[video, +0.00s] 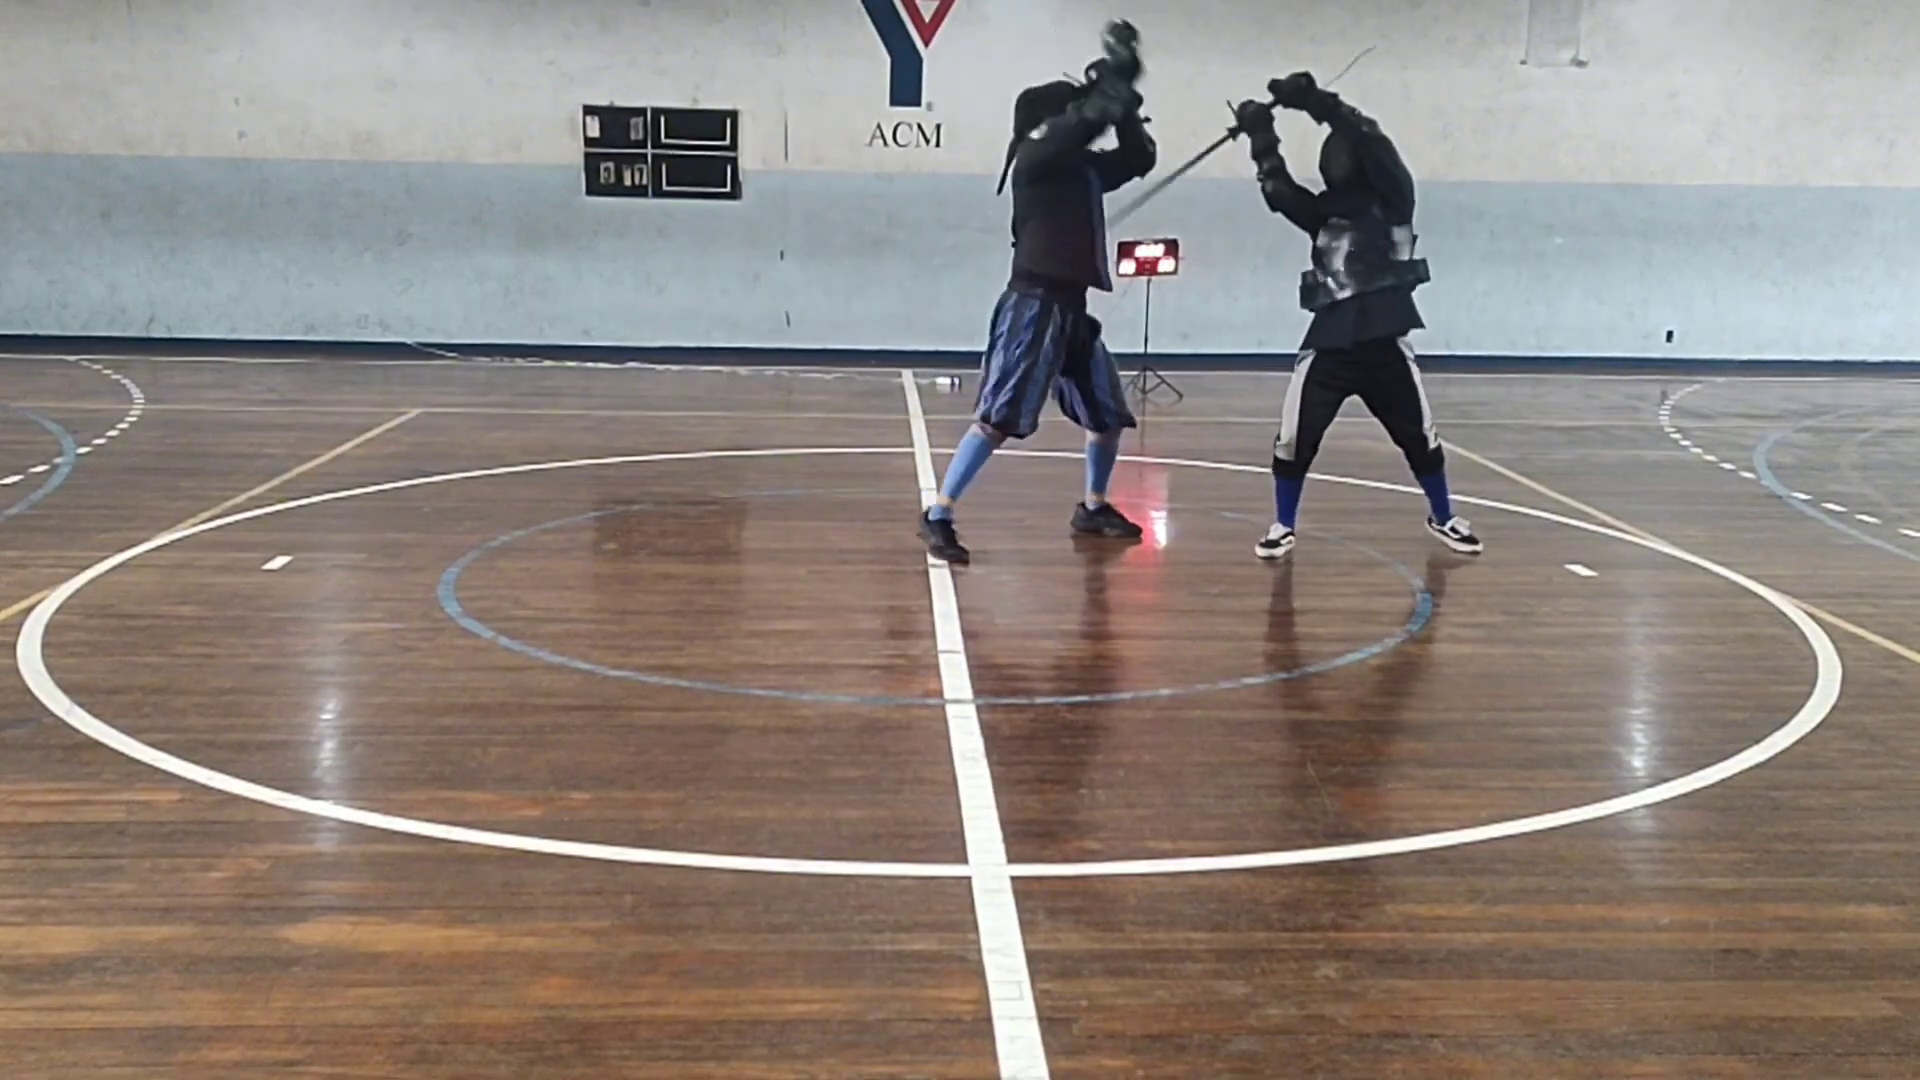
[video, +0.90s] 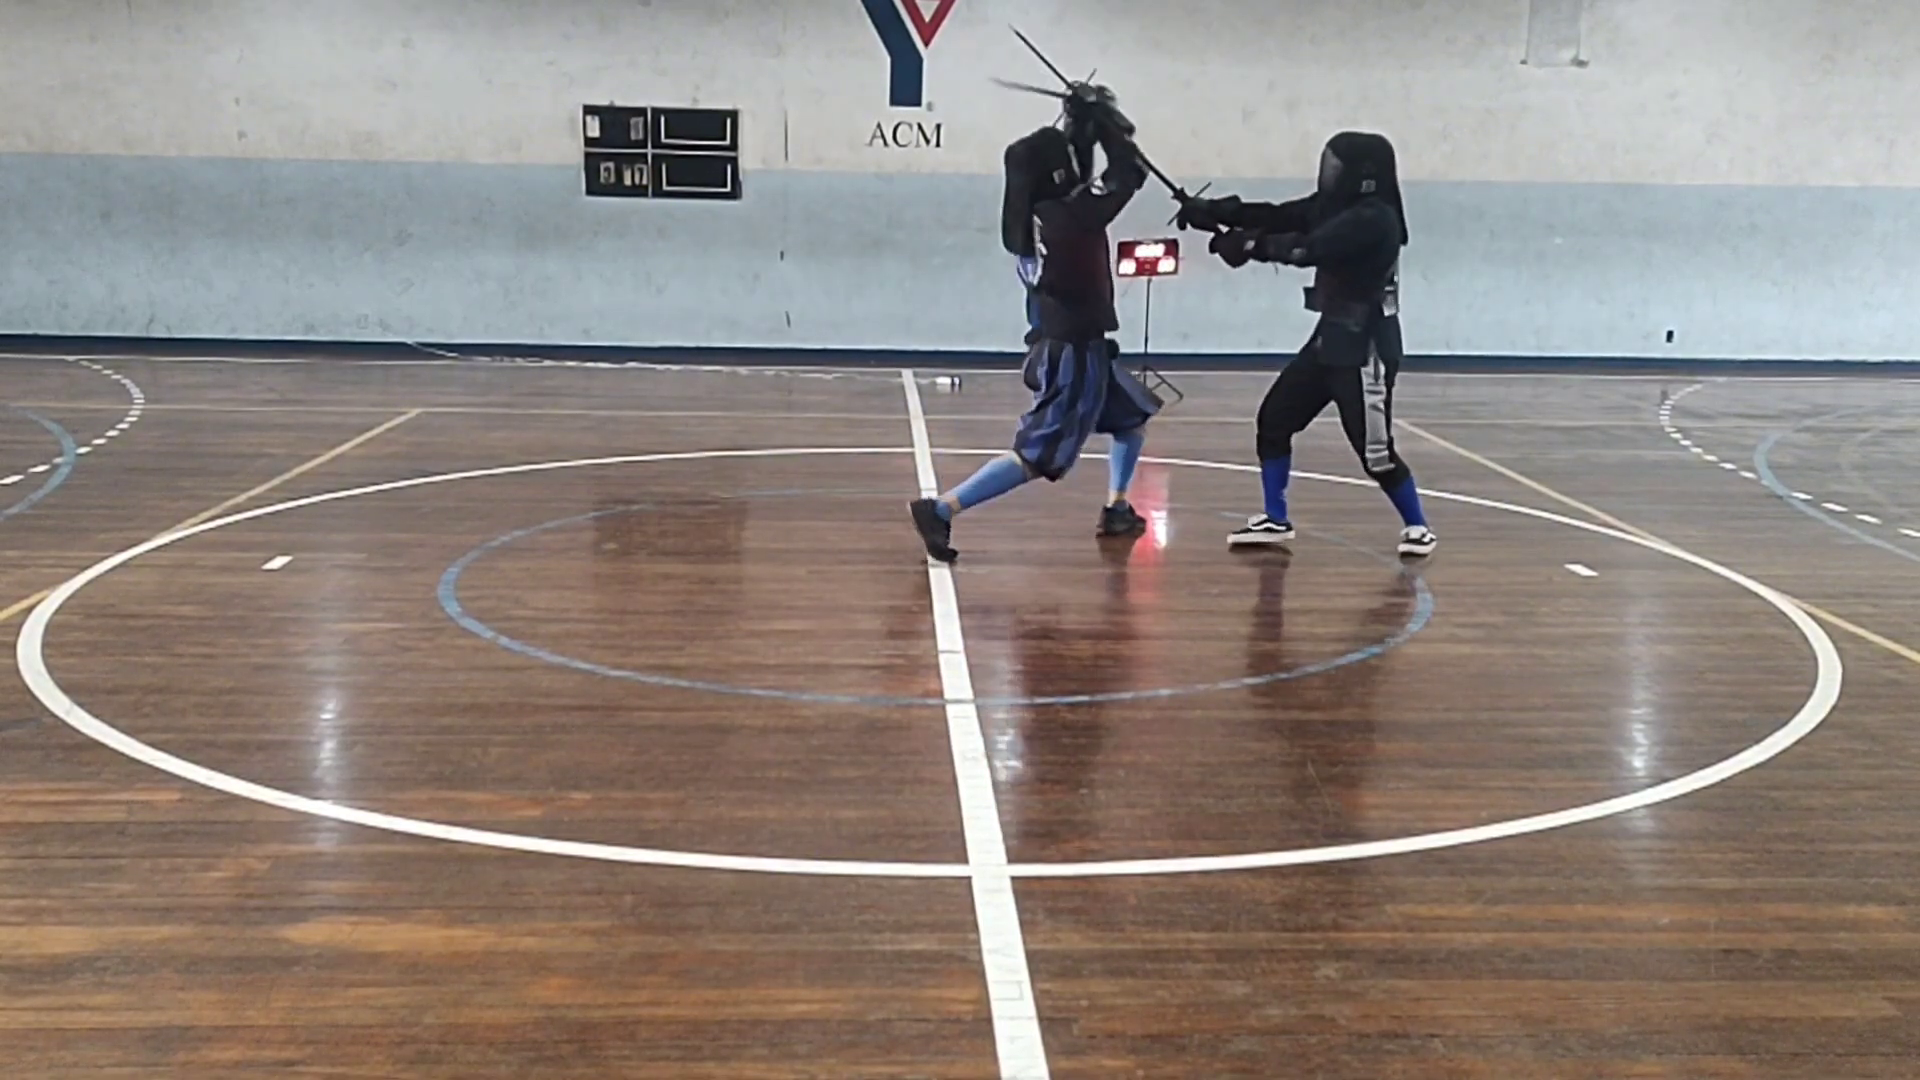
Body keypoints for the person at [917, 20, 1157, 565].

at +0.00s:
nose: (1087, 118)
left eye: (1086, 110)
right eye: (1078, 111)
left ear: (1061, 120)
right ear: (1051, 118)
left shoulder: (1086, 168)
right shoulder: (1035, 156)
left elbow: (1138, 158)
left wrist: (1125, 103)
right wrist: (1117, 78)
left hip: (1071, 313)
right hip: (1032, 307)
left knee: (1108, 417)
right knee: (999, 418)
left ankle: (1094, 509)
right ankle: (938, 512)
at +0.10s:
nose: (1078, 131)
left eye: (1073, 124)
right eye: (1071, 125)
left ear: (1032, 134)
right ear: (1055, 132)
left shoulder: (1044, 170)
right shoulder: (1064, 178)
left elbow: (1100, 153)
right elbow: (1143, 208)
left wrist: (1136, 121)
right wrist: (1169, 159)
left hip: (1057, 317)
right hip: (1042, 318)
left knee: (1109, 414)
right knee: (1010, 427)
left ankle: (1094, 509)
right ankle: (929, 511)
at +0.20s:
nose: (1079, 162)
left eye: (1076, 157)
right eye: (1075, 155)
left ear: (1024, 160)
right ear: (1062, 163)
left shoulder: (1008, 202)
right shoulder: (1071, 207)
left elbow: (1072, 182)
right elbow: (1120, 253)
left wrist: (1122, 160)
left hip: (1020, 337)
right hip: (1049, 344)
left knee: (1110, 414)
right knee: (1028, 456)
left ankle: (1096, 506)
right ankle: (928, 511)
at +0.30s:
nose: (1081, 191)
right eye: (1078, 186)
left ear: (1030, 185)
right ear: (1068, 190)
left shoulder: (1003, 223)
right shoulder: (1079, 237)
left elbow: (1041, 197)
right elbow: (1105, 282)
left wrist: (1089, 190)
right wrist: (1086, 223)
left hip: (1019, 361)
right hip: (1054, 368)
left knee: (1108, 414)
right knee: (1032, 482)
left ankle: (1101, 505)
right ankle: (929, 515)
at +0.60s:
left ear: (1016, 208)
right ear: (1059, 207)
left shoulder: (1008, 250)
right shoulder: (1076, 251)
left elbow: (994, 208)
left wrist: (1049, 171)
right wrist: (1069, 176)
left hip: (1034, 373)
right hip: (1065, 378)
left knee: (1119, 408)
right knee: (1038, 495)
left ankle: (1109, 502)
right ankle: (934, 513)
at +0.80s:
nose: (1074, 183)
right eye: (1068, 179)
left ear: (1026, 197)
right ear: (1062, 190)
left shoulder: (1015, 241)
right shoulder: (1084, 234)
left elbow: (1022, 177)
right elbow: (1122, 179)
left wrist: (1053, 130)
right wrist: (1093, 129)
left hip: (1041, 366)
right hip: (1073, 371)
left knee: (1122, 414)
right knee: (1037, 480)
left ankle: (1116, 509)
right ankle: (930, 513)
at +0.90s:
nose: (1075, 167)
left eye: (1071, 161)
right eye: (1069, 162)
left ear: (1032, 174)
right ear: (1059, 172)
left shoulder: (1034, 215)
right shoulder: (1070, 216)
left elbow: (1081, 176)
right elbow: (1129, 175)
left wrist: (1081, 123)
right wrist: (1109, 121)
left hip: (1065, 345)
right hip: (1073, 349)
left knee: (1133, 417)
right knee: (1042, 455)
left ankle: (1117, 509)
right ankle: (942, 509)